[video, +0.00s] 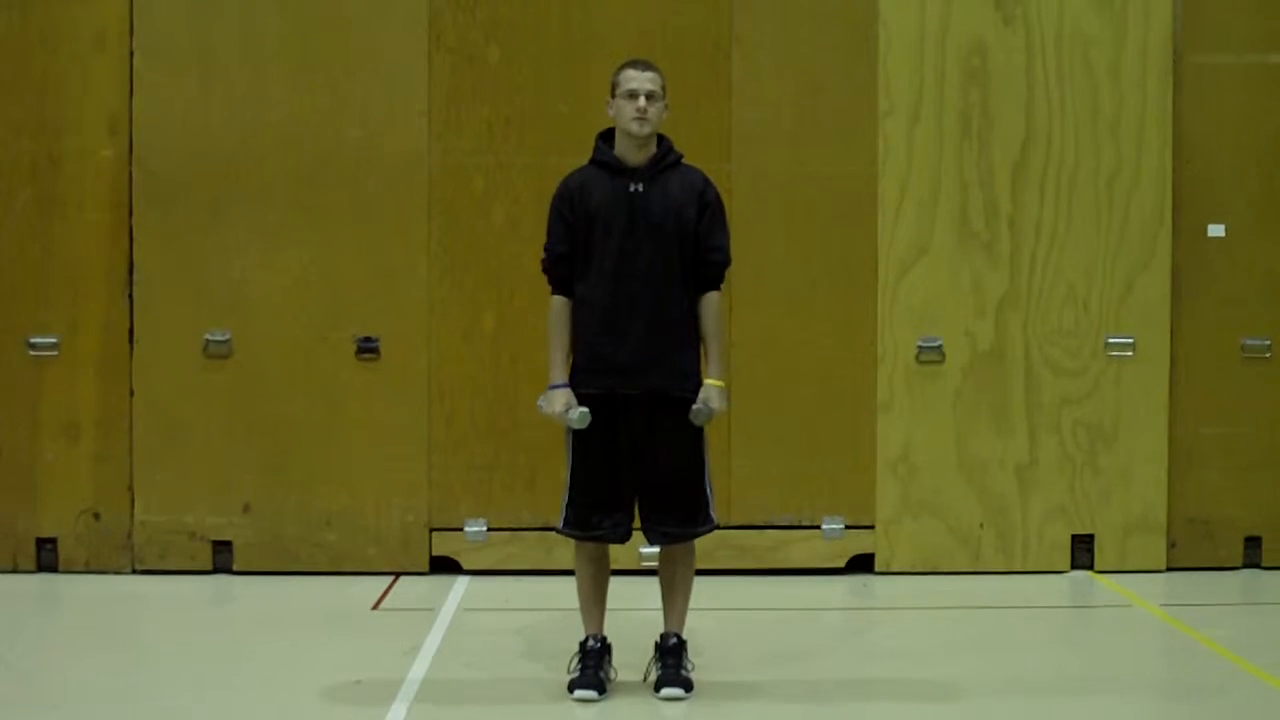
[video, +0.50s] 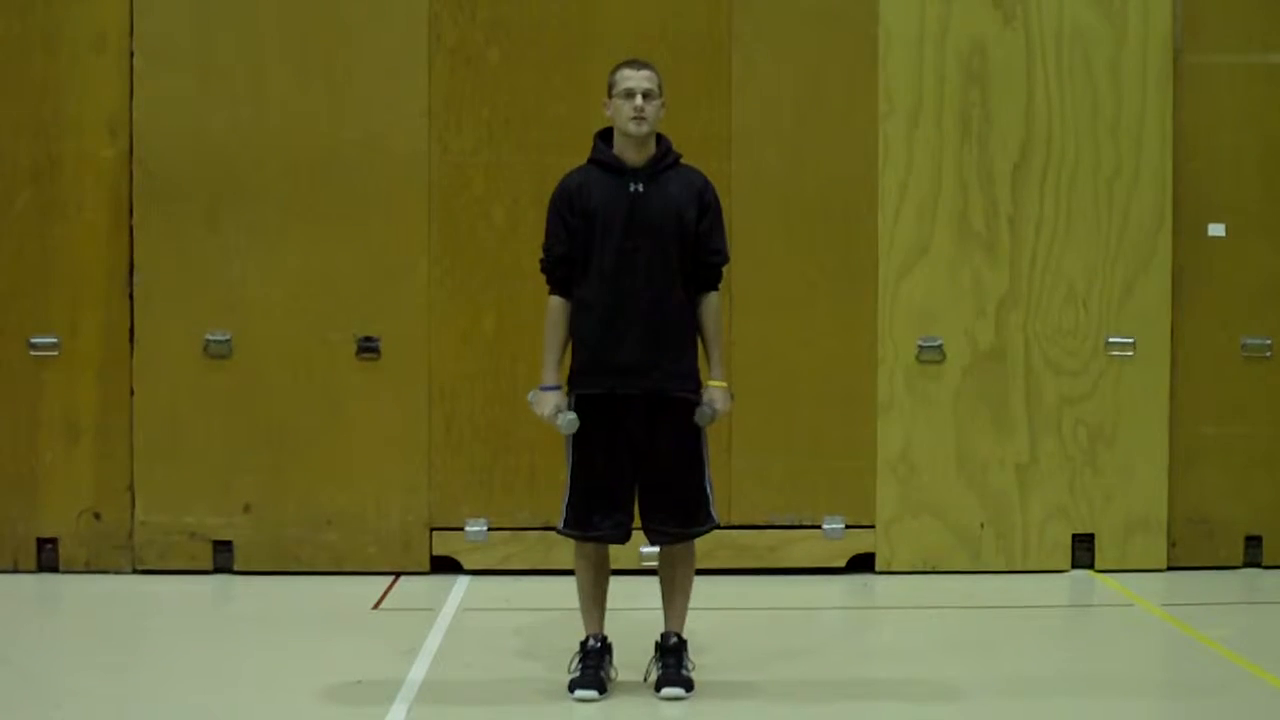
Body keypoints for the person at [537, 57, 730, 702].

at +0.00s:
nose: (642, 106)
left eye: (652, 97)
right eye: (631, 96)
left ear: (665, 110)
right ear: (610, 106)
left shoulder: (695, 189)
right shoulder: (577, 189)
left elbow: (710, 289)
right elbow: (561, 292)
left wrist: (715, 376)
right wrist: (558, 381)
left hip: (673, 385)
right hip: (596, 385)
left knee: (677, 524)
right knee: (591, 523)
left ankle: (673, 648)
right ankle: (593, 648)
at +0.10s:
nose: (641, 106)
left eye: (651, 97)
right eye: (630, 96)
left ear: (664, 109)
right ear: (609, 107)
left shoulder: (693, 189)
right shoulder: (576, 189)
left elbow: (709, 289)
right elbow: (560, 292)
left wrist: (715, 376)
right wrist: (557, 381)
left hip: (672, 385)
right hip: (596, 385)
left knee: (676, 524)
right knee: (591, 523)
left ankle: (672, 648)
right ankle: (593, 648)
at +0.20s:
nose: (641, 106)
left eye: (651, 97)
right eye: (630, 96)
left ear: (664, 110)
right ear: (609, 107)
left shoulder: (693, 189)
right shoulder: (576, 190)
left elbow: (709, 289)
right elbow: (560, 293)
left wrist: (716, 375)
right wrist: (556, 383)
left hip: (671, 385)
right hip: (595, 385)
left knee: (676, 524)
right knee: (591, 524)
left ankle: (672, 648)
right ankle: (593, 647)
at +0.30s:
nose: (641, 106)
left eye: (651, 97)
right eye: (630, 96)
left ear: (664, 109)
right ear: (609, 107)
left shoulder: (693, 188)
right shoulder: (576, 189)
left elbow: (708, 290)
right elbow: (559, 293)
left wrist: (717, 375)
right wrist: (554, 382)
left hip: (672, 385)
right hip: (596, 386)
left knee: (677, 524)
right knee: (591, 524)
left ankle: (673, 648)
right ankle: (593, 647)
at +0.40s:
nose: (640, 105)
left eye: (650, 96)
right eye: (629, 96)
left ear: (664, 108)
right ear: (608, 107)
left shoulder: (693, 188)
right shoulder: (577, 189)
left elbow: (709, 289)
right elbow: (560, 292)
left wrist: (717, 375)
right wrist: (552, 381)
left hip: (672, 385)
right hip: (597, 385)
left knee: (677, 524)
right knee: (592, 522)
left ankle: (673, 648)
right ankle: (593, 647)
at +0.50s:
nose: (639, 105)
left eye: (649, 96)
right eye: (628, 95)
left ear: (663, 108)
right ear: (608, 107)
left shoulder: (693, 188)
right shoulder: (577, 188)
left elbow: (709, 289)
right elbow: (560, 292)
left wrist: (717, 375)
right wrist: (551, 381)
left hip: (672, 384)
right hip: (597, 384)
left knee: (677, 523)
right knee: (592, 521)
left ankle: (673, 648)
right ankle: (593, 647)